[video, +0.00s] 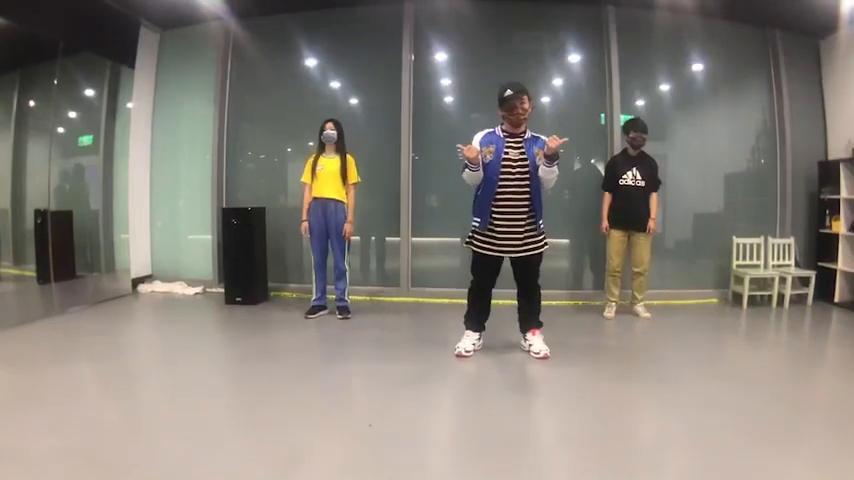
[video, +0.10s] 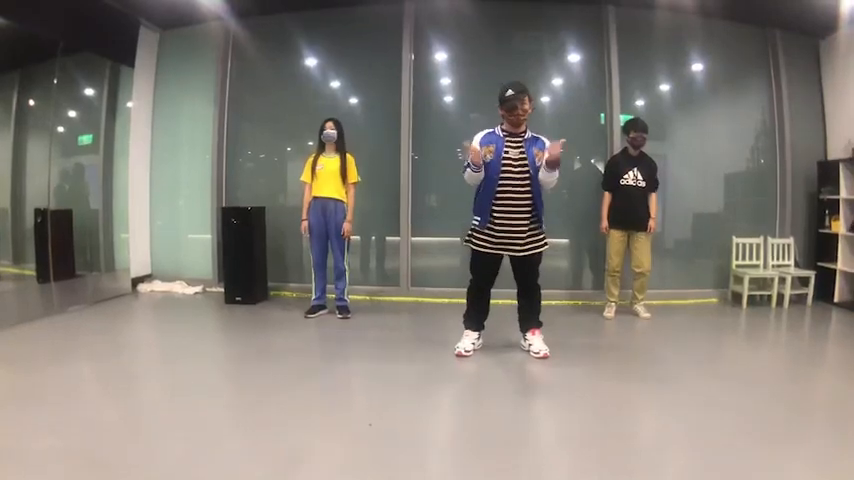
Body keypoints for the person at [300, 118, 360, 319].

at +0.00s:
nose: (329, 133)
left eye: (333, 129)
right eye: (325, 130)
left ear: (339, 134)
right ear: (321, 135)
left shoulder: (347, 159)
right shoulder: (313, 160)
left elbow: (351, 191)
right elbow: (308, 189)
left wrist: (350, 220)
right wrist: (304, 217)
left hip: (338, 204)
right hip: (316, 203)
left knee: (340, 258)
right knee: (318, 257)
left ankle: (342, 302)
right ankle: (319, 301)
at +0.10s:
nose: (329, 132)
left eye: (333, 129)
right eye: (325, 129)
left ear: (339, 134)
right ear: (321, 134)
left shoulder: (347, 159)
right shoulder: (313, 159)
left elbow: (351, 190)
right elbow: (308, 189)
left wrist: (349, 220)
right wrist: (304, 217)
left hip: (337, 204)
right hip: (316, 203)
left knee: (339, 257)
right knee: (318, 257)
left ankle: (342, 302)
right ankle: (318, 301)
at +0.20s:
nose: (329, 132)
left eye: (334, 129)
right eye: (326, 129)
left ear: (340, 133)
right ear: (321, 134)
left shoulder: (347, 159)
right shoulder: (314, 159)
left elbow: (351, 190)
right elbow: (308, 189)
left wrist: (349, 219)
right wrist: (305, 217)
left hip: (337, 203)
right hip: (317, 203)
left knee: (340, 257)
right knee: (318, 256)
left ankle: (342, 302)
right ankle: (318, 301)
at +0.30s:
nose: (329, 132)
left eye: (334, 129)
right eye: (326, 129)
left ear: (340, 134)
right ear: (321, 134)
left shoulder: (347, 159)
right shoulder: (314, 159)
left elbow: (350, 190)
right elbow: (308, 189)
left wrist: (348, 220)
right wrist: (305, 217)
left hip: (337, 204)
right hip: (316, 203)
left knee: (339, 257)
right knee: (318, 256)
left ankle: (342, 302)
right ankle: (318, 301)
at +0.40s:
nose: (330, 132)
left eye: (334, 129)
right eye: (327, 129)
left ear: (341, 134)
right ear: (322, 134)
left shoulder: (347, 159)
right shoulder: (315, 158)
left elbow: (350, 190)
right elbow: (309, 188)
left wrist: (348, 220)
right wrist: (305, 217)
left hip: (337, 204)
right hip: (317, 203)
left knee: (339, 257)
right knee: (318, 257)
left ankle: (342, 302)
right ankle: (319, 301)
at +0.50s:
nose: (329, 132)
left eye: (334, 129)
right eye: (326, 129)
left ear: (340, 134)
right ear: (321, 133)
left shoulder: (346, 158)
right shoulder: (315, 158)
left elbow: (350, 189)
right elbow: (309, 188)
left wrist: (349, 219)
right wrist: (305, 216)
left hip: (337, 203)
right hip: (317, 203)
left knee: (339, 257)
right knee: (318, 256)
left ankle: (342, 302)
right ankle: (319, 301)